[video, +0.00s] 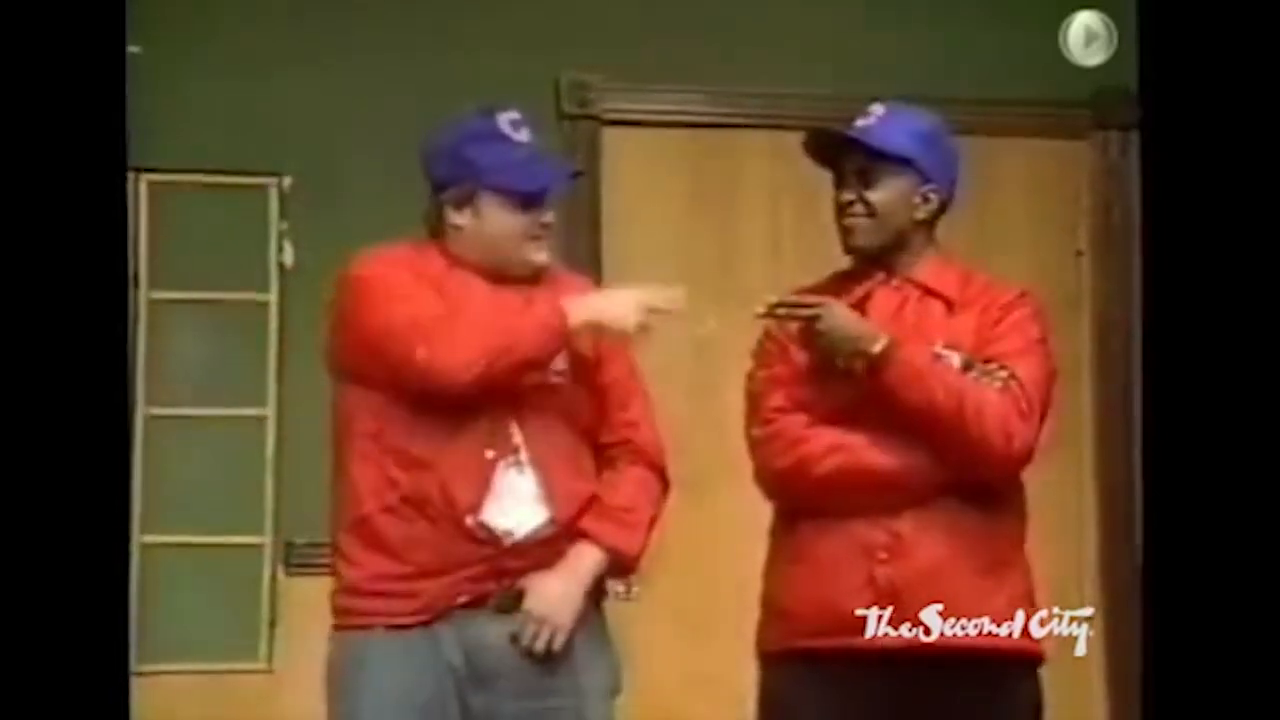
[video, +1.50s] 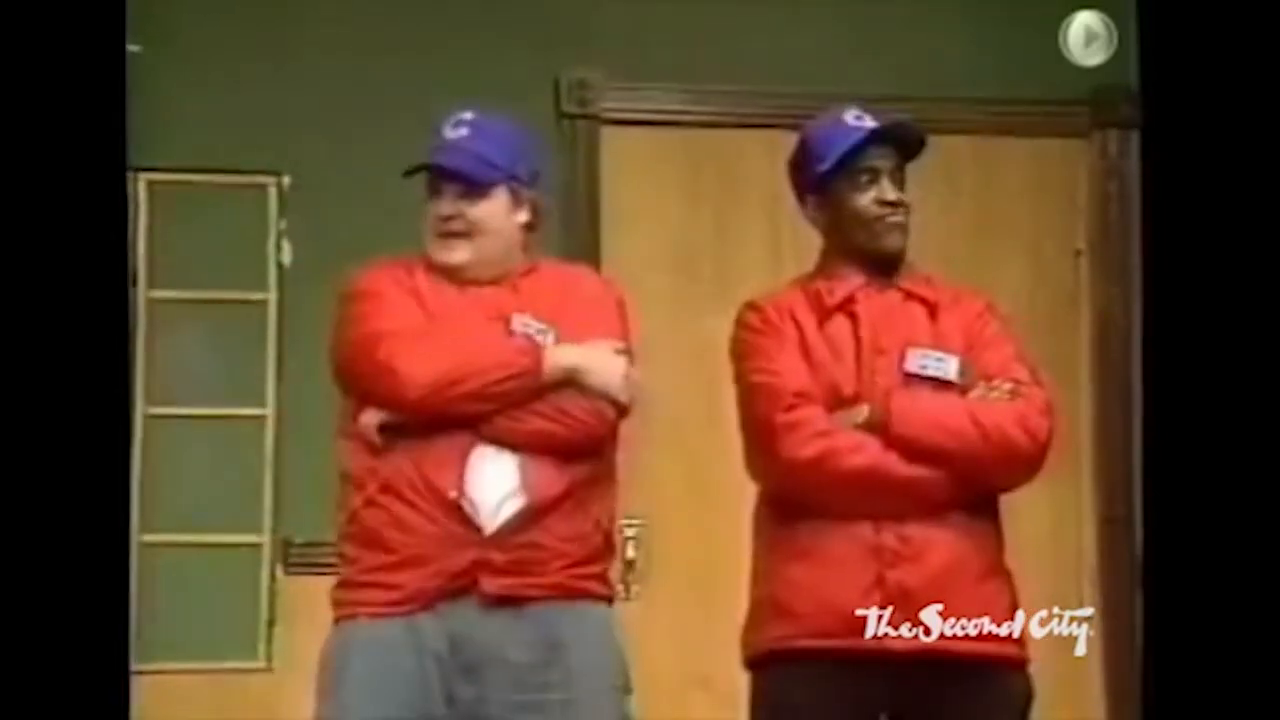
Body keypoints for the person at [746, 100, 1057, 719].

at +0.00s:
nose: (846, 196)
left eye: (869, 179)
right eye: (841, 180)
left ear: (927, 199)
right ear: (832, 190)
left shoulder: (1002, 310)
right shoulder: (799, 315)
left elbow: (1002, 439)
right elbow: (783, 460)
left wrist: (874, 349)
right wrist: (952, 457)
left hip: (972, 649)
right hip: (821, 649)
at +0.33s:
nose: (837, 196)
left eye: (860, 178)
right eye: (830, 181)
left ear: (917, 195)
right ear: (820, 192)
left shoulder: (990, 308)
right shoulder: (786, 314)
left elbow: (1009, 439)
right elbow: (782, 461)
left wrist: (878, 353)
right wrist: (951, 459)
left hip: (969, 647)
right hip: (818, 648)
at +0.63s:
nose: (845, 196)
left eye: (866, 178)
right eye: (832, 182)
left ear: (910, 193)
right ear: (820, 195)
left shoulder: (979, 305)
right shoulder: (781, 311)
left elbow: (1016, 430)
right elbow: (785, 451)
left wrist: (879, 389)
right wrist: (952, 458)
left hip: (966, 643)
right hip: (816, 646)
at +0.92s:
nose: (874, 193)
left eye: (888, 175)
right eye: (852, 179)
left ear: (909, 188)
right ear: (820, 199)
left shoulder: (971, 301)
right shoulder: (778, 310)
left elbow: (1023, 435)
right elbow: (791, 453)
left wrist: (880, 419)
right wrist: (963, 467)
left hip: (966, 641)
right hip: (817, 645)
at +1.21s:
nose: (887, 190)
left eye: (896, 174)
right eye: (861, 176)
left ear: (909, 189)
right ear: (816, 199)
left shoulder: (968, 308)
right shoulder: (775, 316)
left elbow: (1026, 438)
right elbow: (792, 457)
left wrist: (880, 419)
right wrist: (965, 465)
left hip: (966, 644)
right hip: (817, 647)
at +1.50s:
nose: (892, 196)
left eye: (898, 180)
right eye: (866, 180)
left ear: (909, 194)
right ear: (817, 203)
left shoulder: (966, 311)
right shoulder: (774, 319)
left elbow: (1023, 436)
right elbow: (791, 455)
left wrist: (880, 416)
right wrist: (965, 465)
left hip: (966, 644)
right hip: (816, 647)